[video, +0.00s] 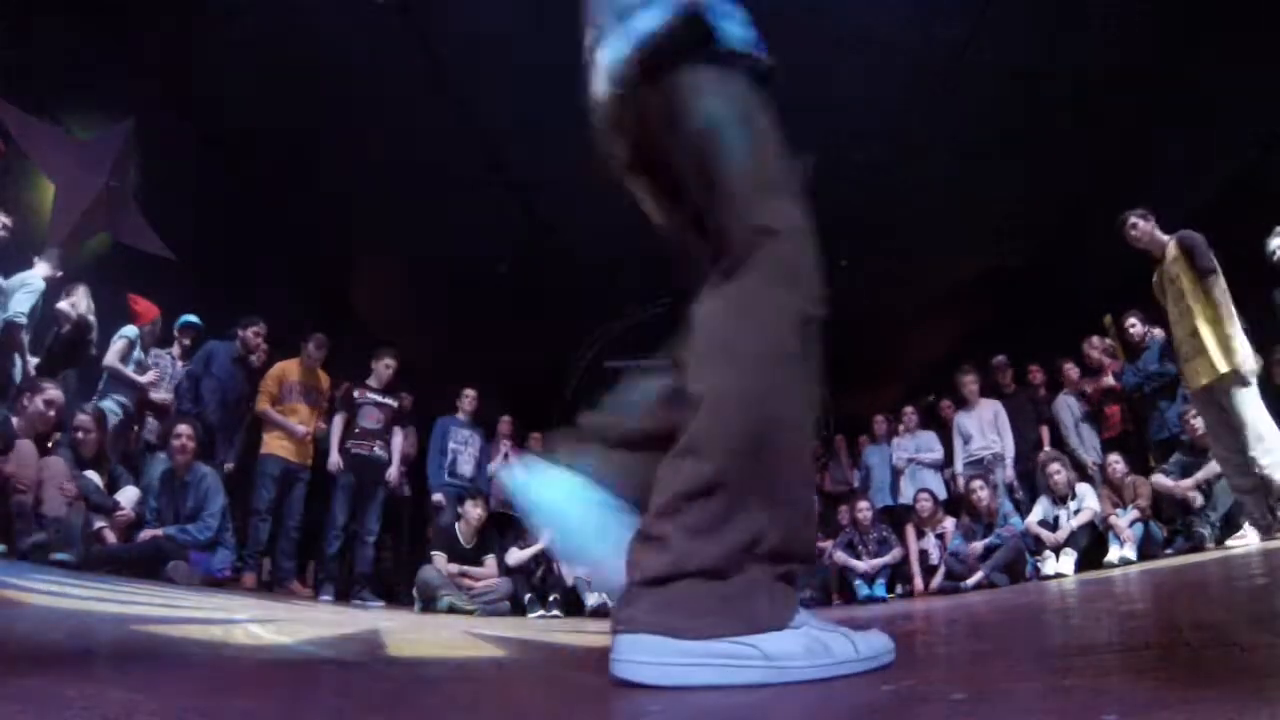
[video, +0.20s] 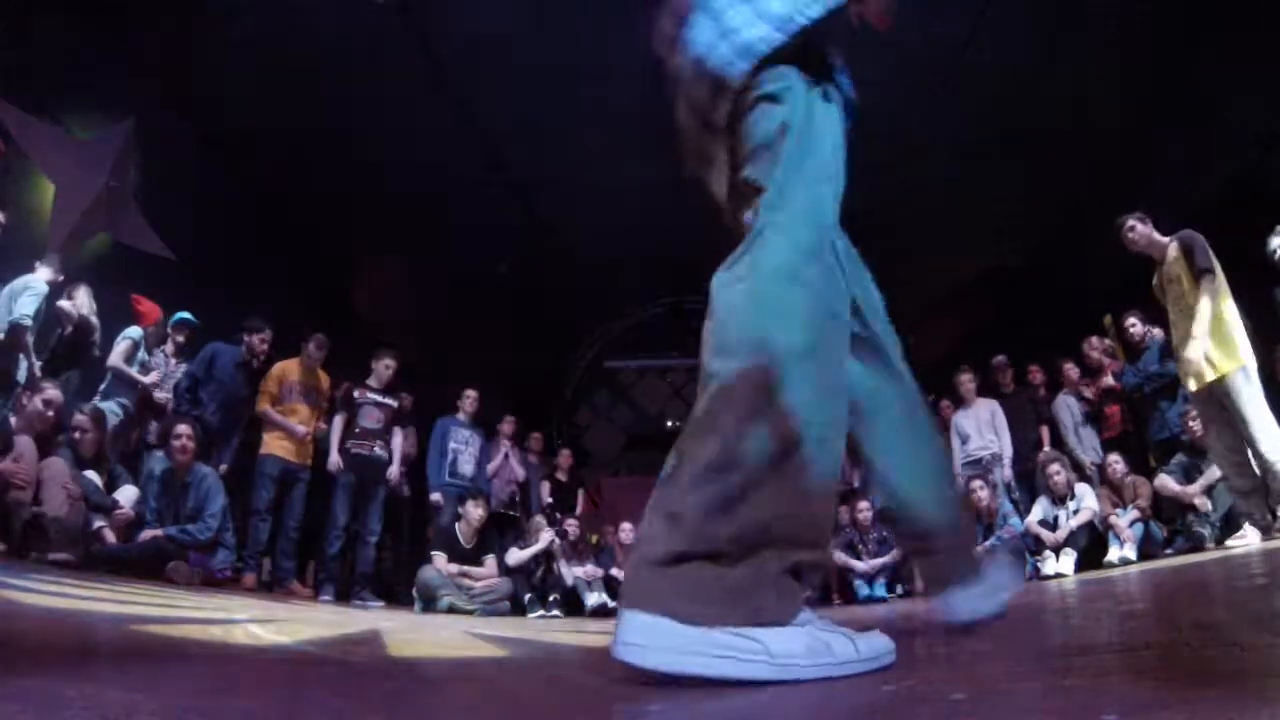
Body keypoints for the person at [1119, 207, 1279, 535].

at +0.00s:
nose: (1133, 234)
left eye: (1135, 225)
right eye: (1128, 233)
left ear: (1151, 220)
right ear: (1131, 243)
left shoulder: (1187, 243)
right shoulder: (1158, 280)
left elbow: (1218, 296)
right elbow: (1179, 326)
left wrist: (1238, 351)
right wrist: (1188, 374)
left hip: (1226, 362)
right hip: (1197, 377)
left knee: (1262, 448)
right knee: (1230, 457)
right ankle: (1261, 523)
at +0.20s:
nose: (1132, 238)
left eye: (1132, 229)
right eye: (1126, 238)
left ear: (1148, 223)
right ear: (1129, 247)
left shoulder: (1187, 241)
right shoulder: (1158, 282)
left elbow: (1208, 289)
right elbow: (1178, 324)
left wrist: (1197, 342)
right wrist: (1186, 365)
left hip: (1229, 354)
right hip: (1198, 371)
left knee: (1263, 439)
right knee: (1225, 452)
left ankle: (1275, 513)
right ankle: (1257, 520)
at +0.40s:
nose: (1139, 221)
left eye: (1141, 213)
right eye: (1133, 221)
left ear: (1158, 213)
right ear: (1136, 234)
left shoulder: (1194, 233)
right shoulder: (1155, 278)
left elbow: (1219, 278)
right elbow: (1179, 322)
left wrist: (1193, 327)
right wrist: (1187, 368)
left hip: (1240, 346)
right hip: (1205, 362)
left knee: (1272, 432)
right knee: (1230, 445)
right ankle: (1256, 520)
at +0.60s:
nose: (1149, 219)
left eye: (1152, 211)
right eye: (1144, 218)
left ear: (1168, 209)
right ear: (1145, 229)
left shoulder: (1210, 230)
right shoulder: (1161, 275)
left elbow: (1240, 272)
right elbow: (1162, 330)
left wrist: (1244, 321)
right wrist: (1160, 384)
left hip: (1253, 339)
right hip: (1213, 356)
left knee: (1277, 417)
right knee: (1232, 442)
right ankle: (1253, 520)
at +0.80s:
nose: (1159, 208)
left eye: (1163, 200)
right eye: (1154, 205)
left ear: (1181, 200)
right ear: (1155, 217)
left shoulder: (1225, 229)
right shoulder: (1165, 267)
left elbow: (1264, 271)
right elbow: (1167, 320)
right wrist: (1168, 368)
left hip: (1266, 338)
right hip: (1223, 357)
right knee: (1245, 441)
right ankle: (1266, 518)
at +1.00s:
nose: (1164, 197)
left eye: (1168, 190)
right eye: (1158, 196)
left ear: (1186, 191)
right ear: (1159, 209)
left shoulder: (1230, 223)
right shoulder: (1164, 251)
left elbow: (1268, 263)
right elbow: (1175, 300)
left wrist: (1277, 303)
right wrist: (1210, 326)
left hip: (1263, 333)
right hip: (1218, 350)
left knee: (1278, 419)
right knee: (1247, 436)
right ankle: (1268, 517)